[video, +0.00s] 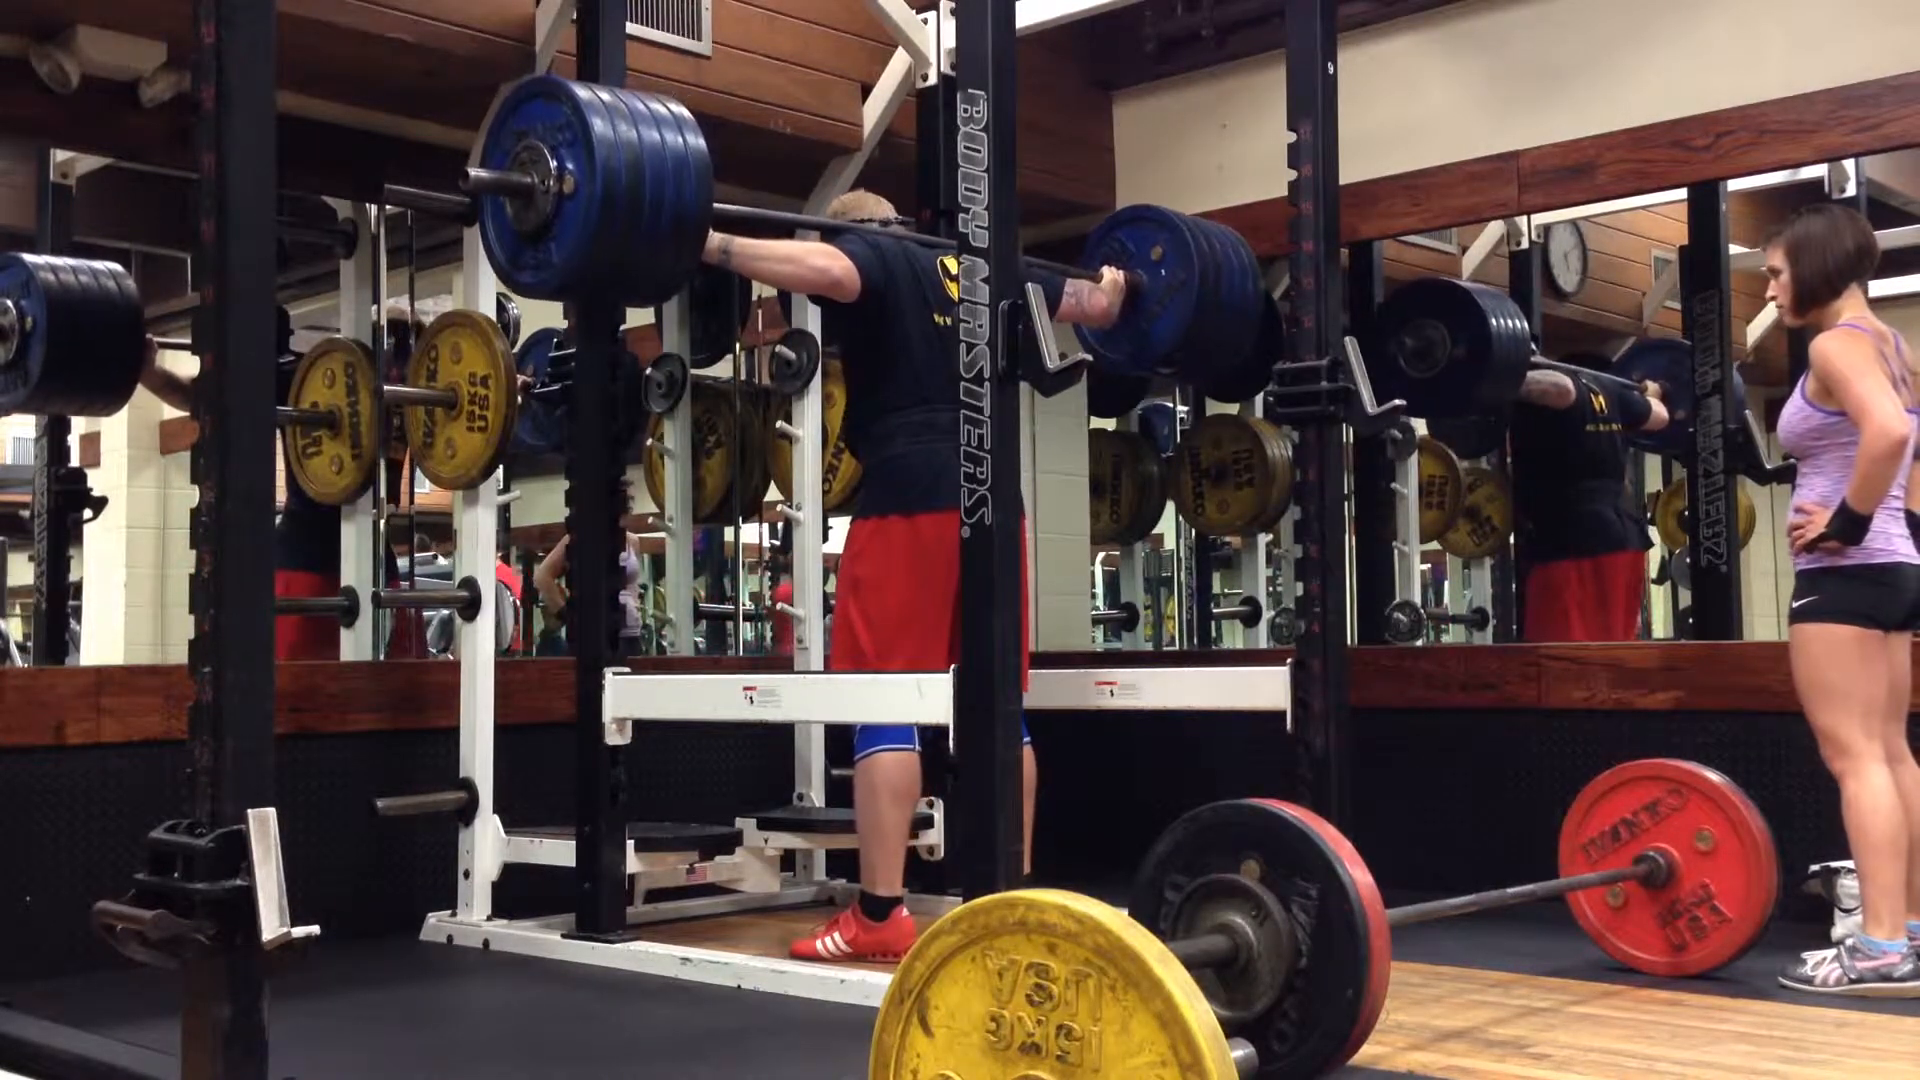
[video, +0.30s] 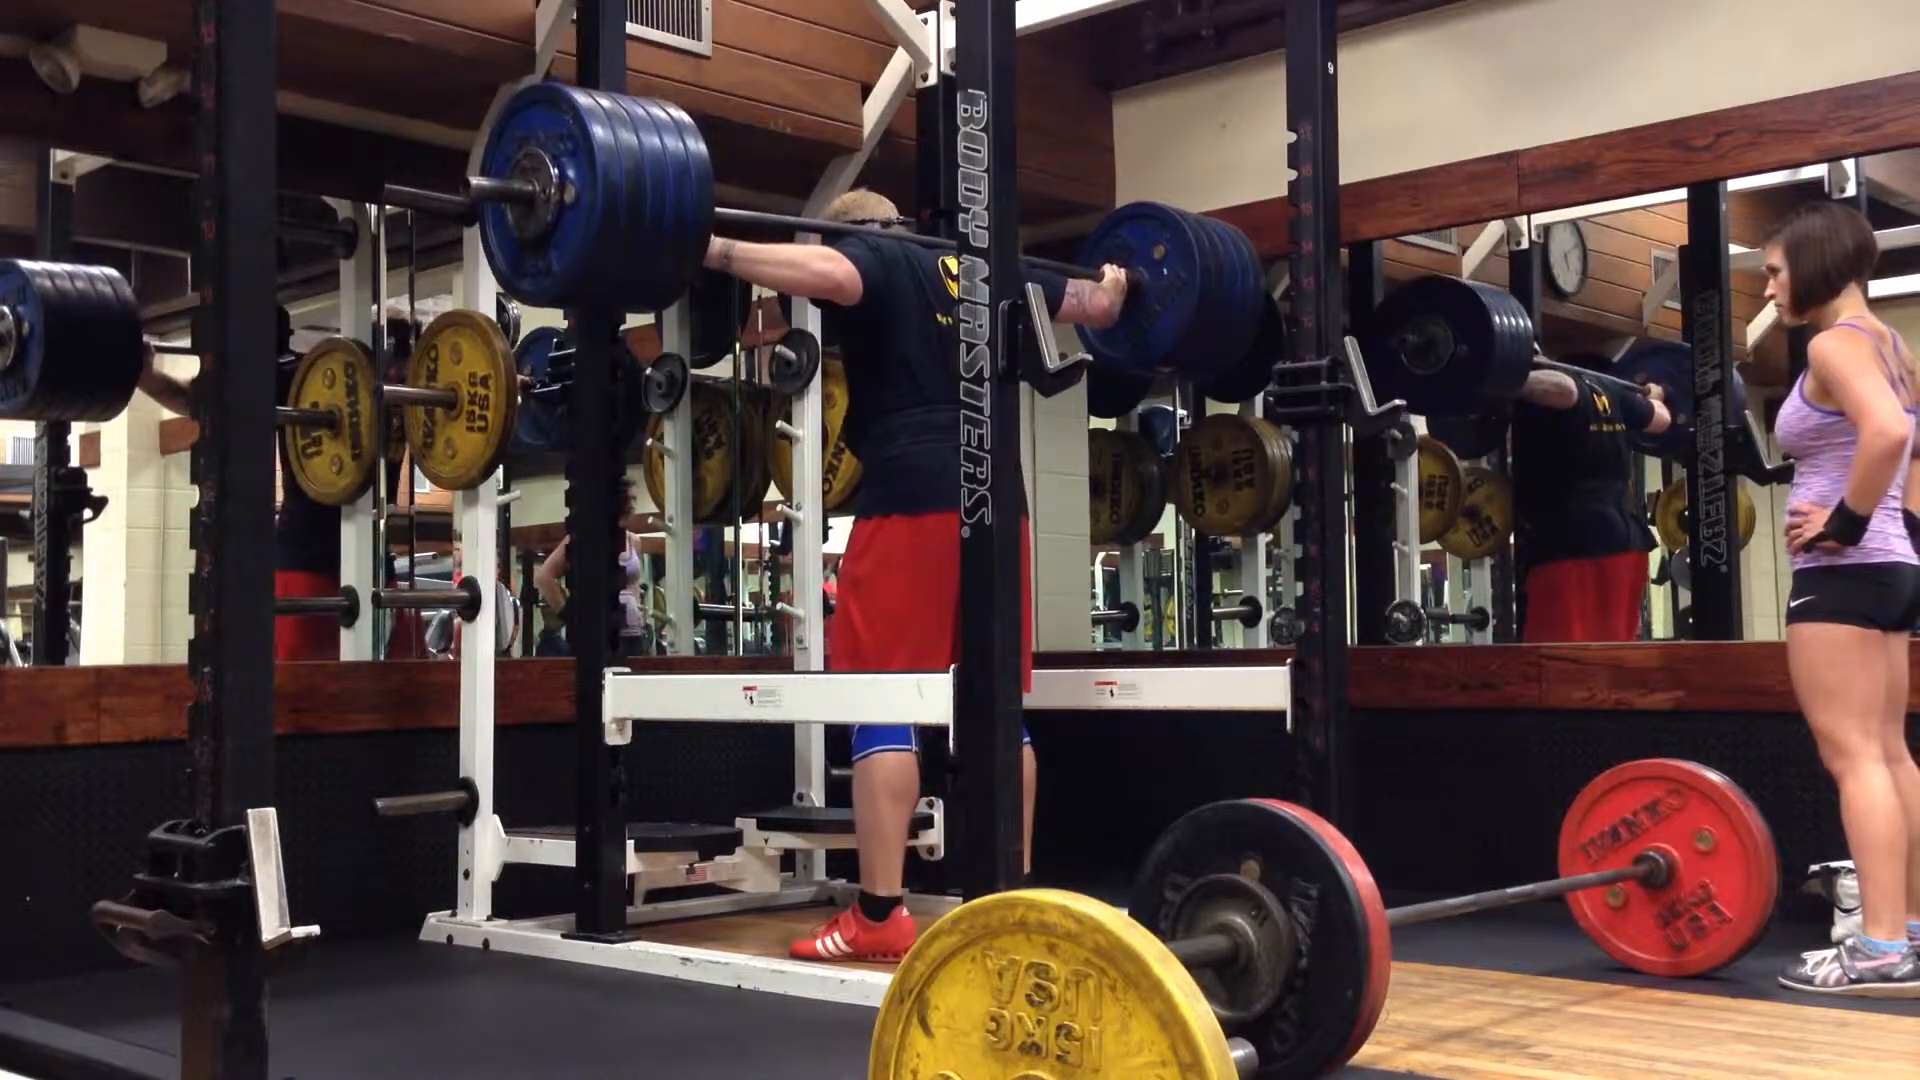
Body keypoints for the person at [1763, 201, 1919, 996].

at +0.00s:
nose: (1770, 286)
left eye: (1777, 271)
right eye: (1769, 271)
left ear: (1812, 267)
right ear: (1851, 267)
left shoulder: (1835, 344)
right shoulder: (1883, 342)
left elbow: (1888, 431)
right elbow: (1906, 457)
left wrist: (1844, 522)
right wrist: (1873, 515)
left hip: (1844, 575)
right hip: (1889, 570)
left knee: (1856, 757)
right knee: (1889, 749)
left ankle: (1882, 942)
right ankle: (1902, 926)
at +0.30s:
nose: (1768, 283)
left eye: (1774, 268)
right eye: (1767, 268)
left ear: (1809, 266)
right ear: (1850, 266)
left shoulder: (1833, 344)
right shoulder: (1883, 342)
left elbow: (1887, 432)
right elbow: (1907, 448)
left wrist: (1842, 520)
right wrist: (1893, 518)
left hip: (1842, 575)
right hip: (1887, 570)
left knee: (1855, 757)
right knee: (1888, 750)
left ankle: (1883, 942)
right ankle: (1902, 927)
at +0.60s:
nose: (1766, 284)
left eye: (1772, 267)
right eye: (1765, 268)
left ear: (1806, 265)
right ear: (1848, 264)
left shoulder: (1831, 344)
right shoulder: (1881, 341)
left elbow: (1885, 432)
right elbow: (1907, 442)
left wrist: (1842, 519)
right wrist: (1893, 517)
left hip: (1841, 574)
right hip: (1886, 569)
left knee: (1855, 757)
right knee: (1888, 750)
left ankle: (1883, 942)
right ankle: (1901, 927)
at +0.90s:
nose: (1763, 282)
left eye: (1769, 267)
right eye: (1762, 267)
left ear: (1803, 265)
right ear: (1844, 264)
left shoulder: (1829, 343)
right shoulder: (1879, 341)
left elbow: (1882, 431)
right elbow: (1906, 444)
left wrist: (1840, 521)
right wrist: (1894, 519)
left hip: (1840, 574)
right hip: (1886, 569)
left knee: (1855, 758)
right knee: (1887, 750)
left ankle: (1882, 942)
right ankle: (1901, 927)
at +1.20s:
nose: (1761, 283)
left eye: (1767, 267)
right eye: (1760, 267)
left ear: (1802, 264)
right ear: (1841, 263)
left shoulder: (1827, 342)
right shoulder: (1876, 340)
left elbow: (1879, 431)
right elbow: (1907, 448)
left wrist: (1839, 520)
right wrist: (1889, 519)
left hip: (1838, 573)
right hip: (1885, 568)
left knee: (1854, 757)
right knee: (1887, 750)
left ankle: (1883, 943)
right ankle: (1904, 927)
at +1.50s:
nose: (1759, 283)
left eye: (1764, 267)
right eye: (1758, 268)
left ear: (1800, 264)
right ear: (1838, 263)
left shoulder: (1825, 343)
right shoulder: (1875, 339)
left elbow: (1878, 431)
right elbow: (1907, 444)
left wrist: (1837, 521)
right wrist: (1891, 521)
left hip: (1836, 572)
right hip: (1884, 567)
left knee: (1853, 757)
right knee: (1886, 750)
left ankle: (1882, 943)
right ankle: (1904, 927)